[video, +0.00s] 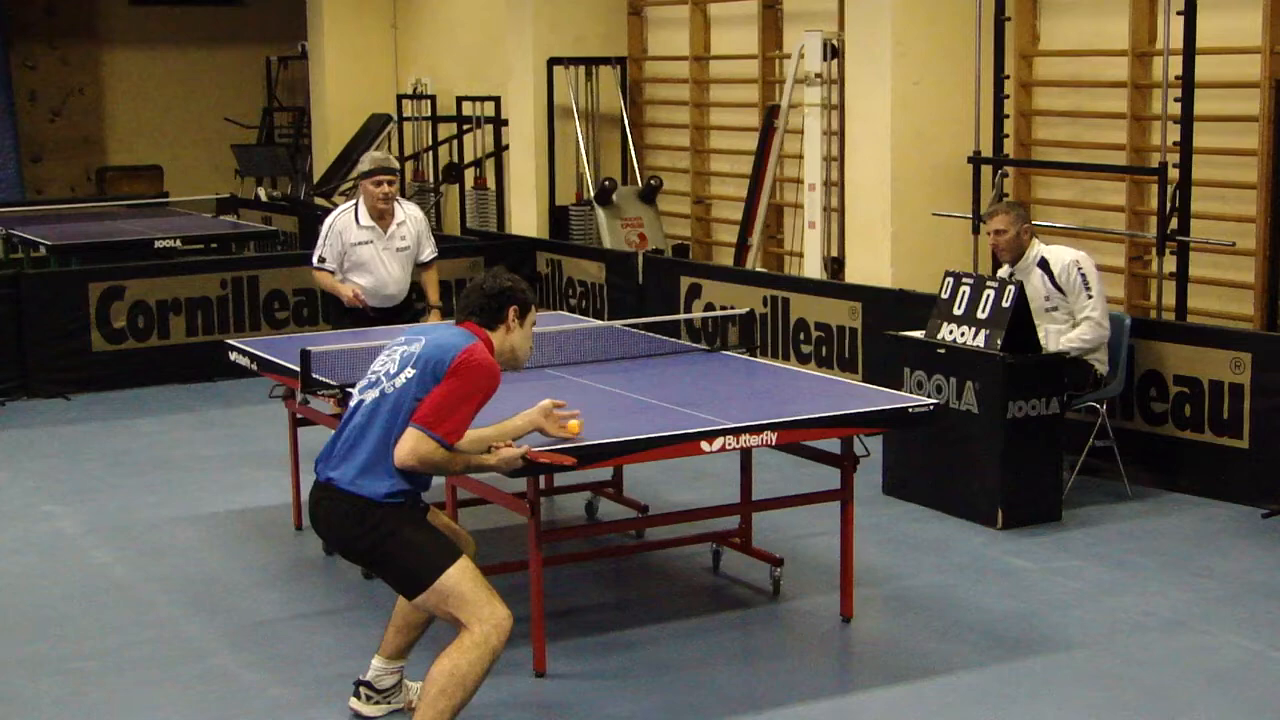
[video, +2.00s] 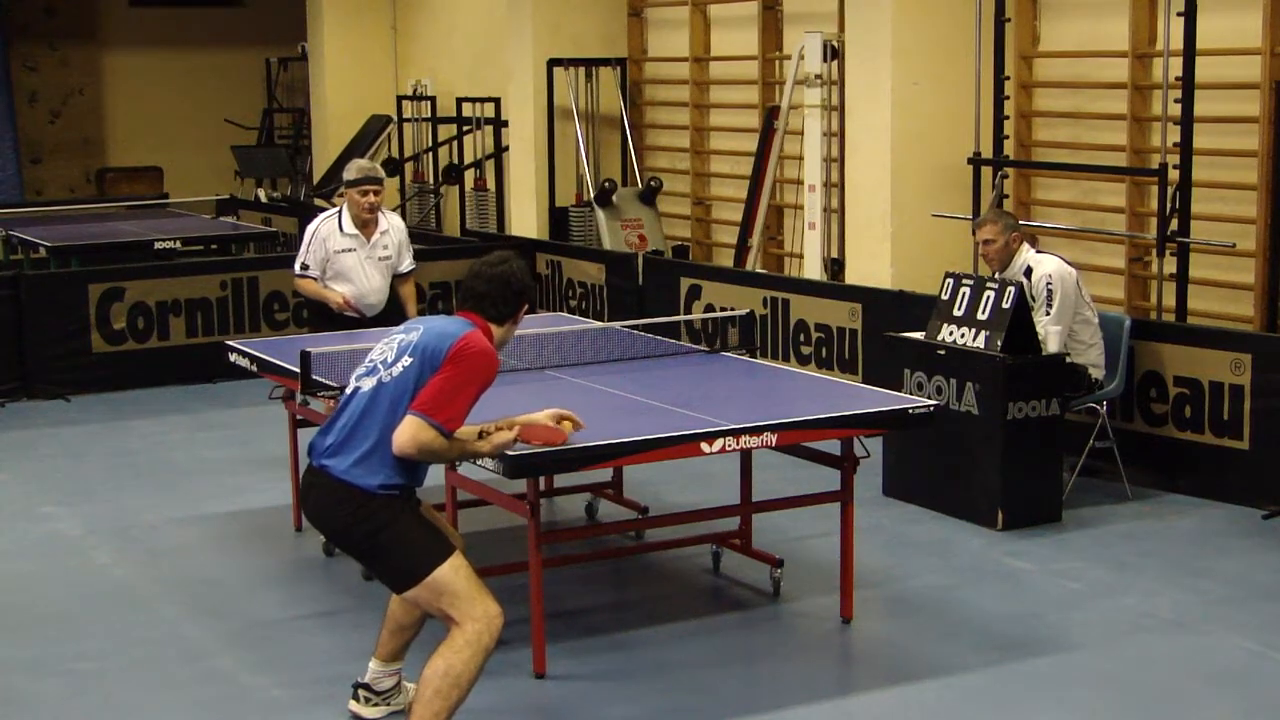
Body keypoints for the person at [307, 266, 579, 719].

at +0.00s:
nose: (530, 342)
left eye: (531, 329)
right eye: (531, 328)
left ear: (473, 312)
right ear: (512, 318)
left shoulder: (424, 337)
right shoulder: (477, 360)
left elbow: (439, 445)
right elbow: (413, 453)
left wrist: (530, 419)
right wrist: (485, 460)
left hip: (335, 490)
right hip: (364, 506)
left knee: (458, 546)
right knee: (491, 621)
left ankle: (381, 682)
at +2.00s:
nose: (522, 324)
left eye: (522, 313)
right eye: (525, 314)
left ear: (467, 296)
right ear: (519, 313)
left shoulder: (420, 327)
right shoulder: (476, 349)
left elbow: (431, 433)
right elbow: (410, 440)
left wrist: (521, 424)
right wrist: (476, 447)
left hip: (325, 478)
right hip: (360, 497)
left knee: (445, 547)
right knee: (480, 619)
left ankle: (379, 684)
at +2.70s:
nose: (528, 302)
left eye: (529, 290)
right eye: (527, 289)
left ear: (471, 283)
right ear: (507, 286)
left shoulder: (426, 316)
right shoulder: (470, 333)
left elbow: (472, 418)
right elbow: (417, 435)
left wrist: (533, 374)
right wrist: (479, 427)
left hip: (340, 478)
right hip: (372, 494)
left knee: (450, 551)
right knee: (487, 622)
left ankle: (380, 684)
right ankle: (425, 714)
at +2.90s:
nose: (526, 240)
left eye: (525, 229)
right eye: (520, 229)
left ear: (476, 232)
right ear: (489, 232)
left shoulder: (417, 275)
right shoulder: (457, 291)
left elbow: (489, 358)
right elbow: (435, 410)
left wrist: (536, 282)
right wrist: (501, 374)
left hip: (363, 461)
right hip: (400, 476)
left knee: (441, 576)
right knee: (489, 619)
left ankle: (380, 685)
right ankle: (424, 715)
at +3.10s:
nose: (531, 195)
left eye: (527, 184)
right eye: (521, 186)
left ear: (488, 200)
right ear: (490, 199)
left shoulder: (471, 260)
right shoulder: (435, 262)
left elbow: (446, 352)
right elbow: (395, 359)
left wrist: (499, 348)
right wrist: (450, 305)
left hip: (433, 448)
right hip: (416, 454)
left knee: (450, 575)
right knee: (489, 618)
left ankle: (387, 684)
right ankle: (425, 714)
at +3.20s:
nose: (546, 206)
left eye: (545, 194)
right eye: (539, 194)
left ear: (500, 199)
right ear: (503, 200)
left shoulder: (481, 257)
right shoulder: (448, 255)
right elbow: (382, 344)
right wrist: (404, 272)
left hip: (448, 444)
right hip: (431, 450)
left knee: (454, 575)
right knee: (491, 618)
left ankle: (389, 688)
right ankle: (423, 714)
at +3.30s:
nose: (561, 232)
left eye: (564, 221)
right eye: (558, 219)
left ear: (514, 204)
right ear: (519, 206)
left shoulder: (475, 240)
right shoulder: (473, 252)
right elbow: (406, 308)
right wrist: (378, 344)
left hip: (419, 440)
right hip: (446, 446)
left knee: (457, 565)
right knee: (530, 595)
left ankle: (387, 686)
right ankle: (444, 715)